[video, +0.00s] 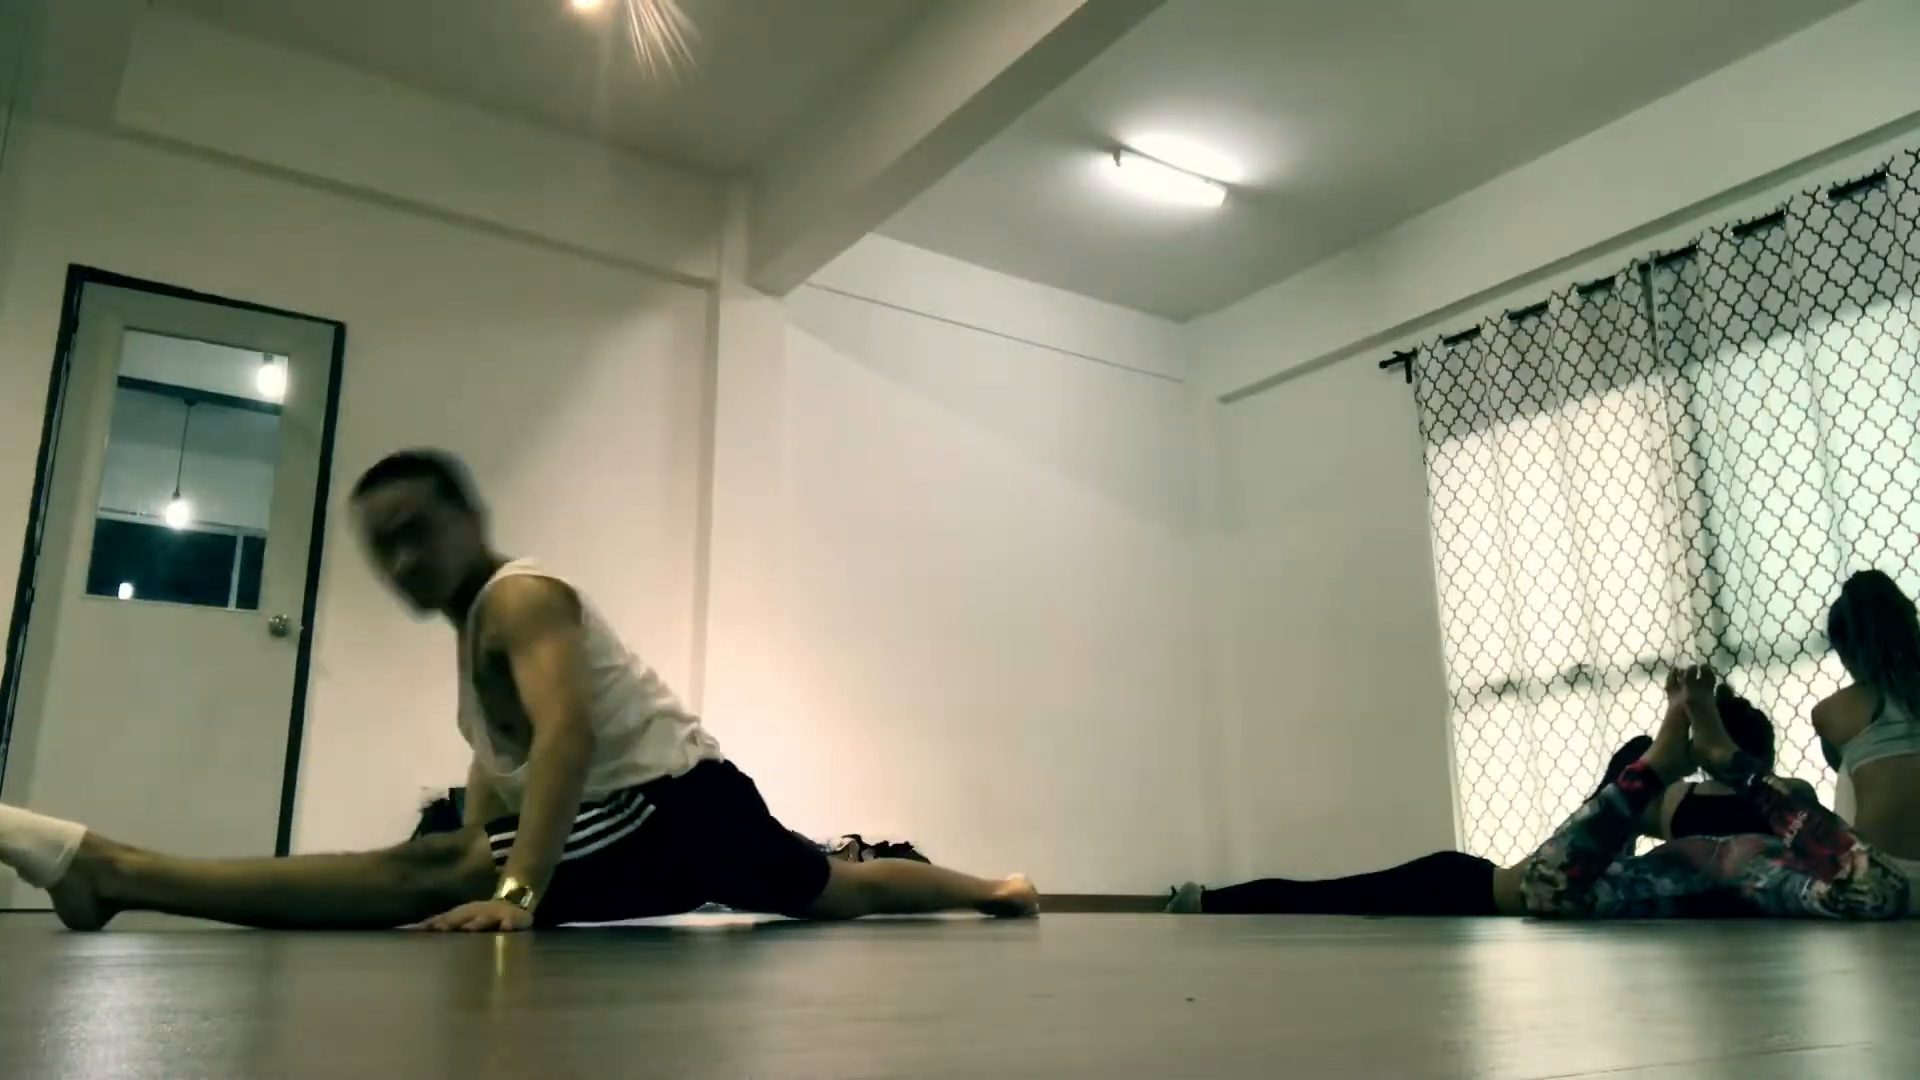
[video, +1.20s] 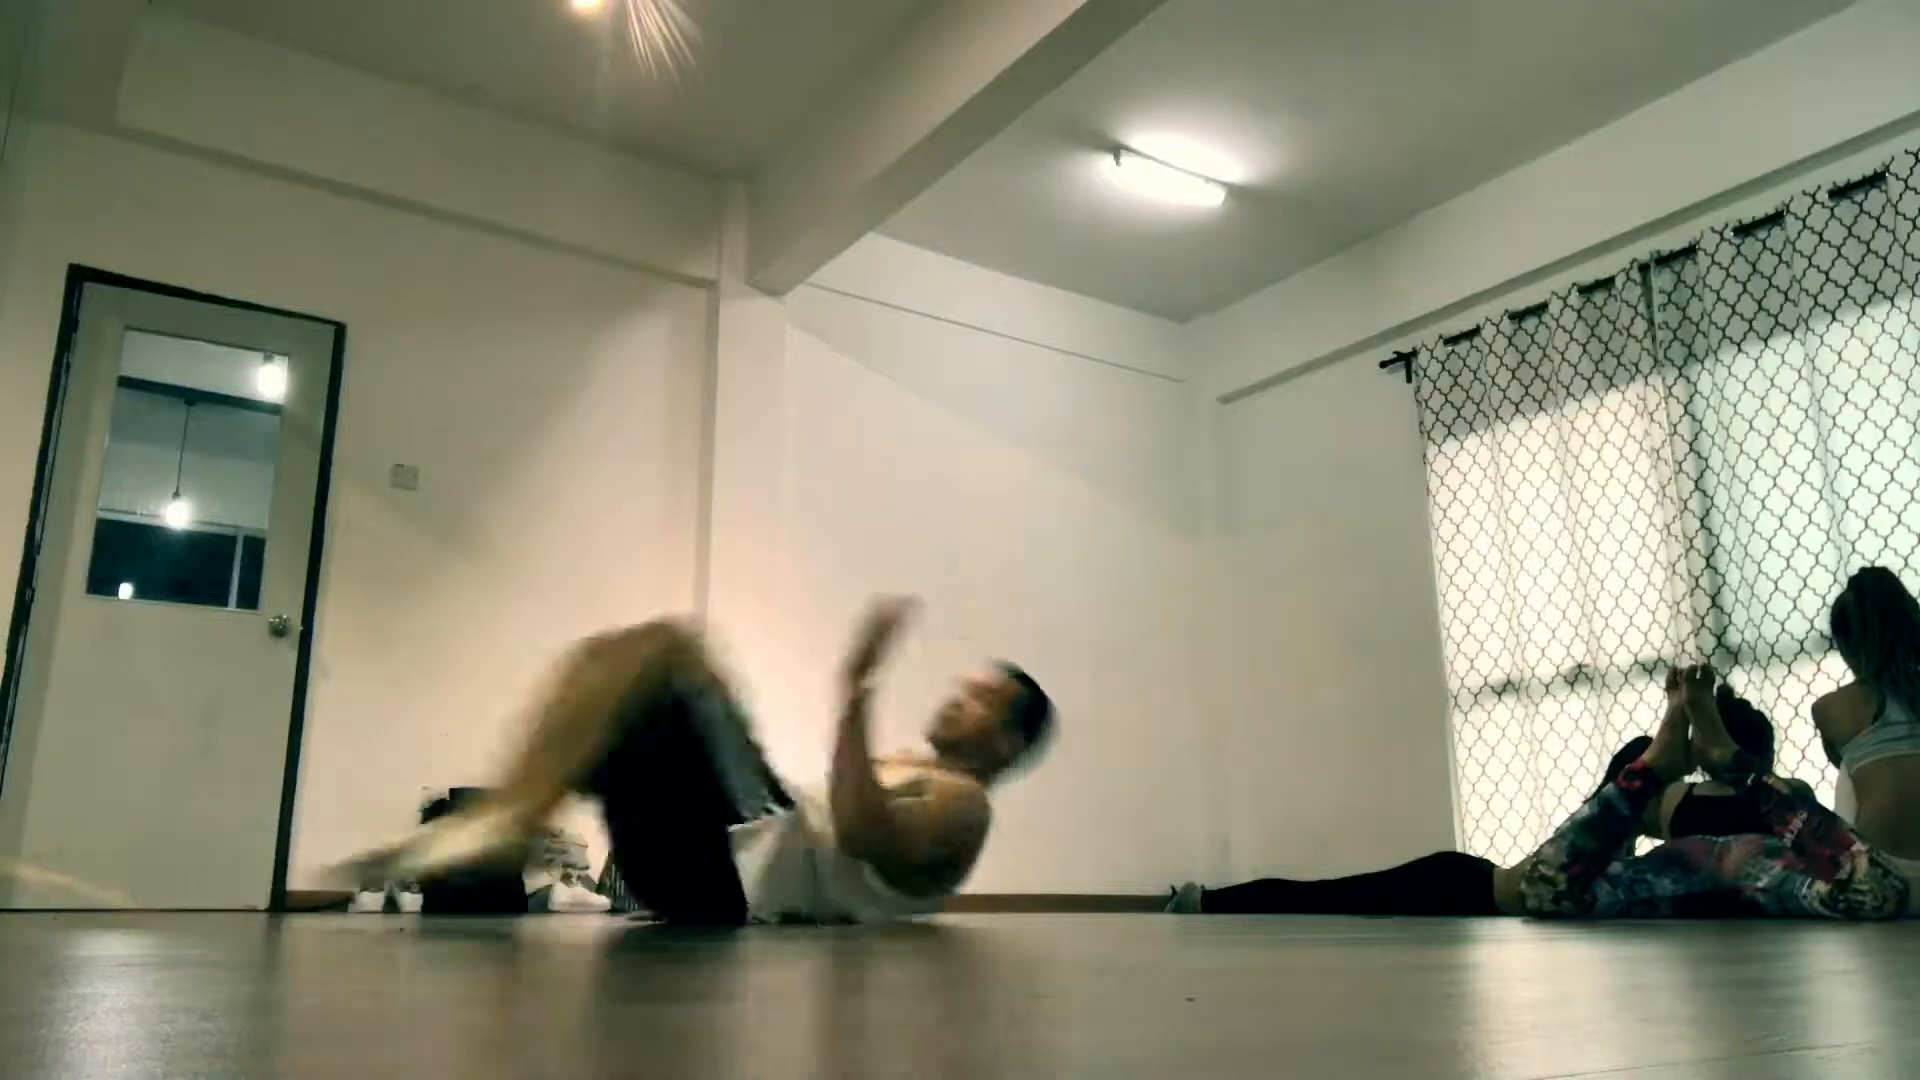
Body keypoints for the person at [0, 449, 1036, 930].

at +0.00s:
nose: (401, 561)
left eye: (414, 532)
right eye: (382, 549)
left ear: (471, 516)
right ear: (382, 565)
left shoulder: (520, 600)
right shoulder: (479, 646)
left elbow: (565, 739)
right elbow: (492, 778)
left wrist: (520, 886)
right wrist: (460, 870)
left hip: (675, 817)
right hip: (677, 820)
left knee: (413, 873)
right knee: (830, 886)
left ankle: (123, 877)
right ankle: (970, 889)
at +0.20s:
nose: (503, 487)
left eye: (528, 468)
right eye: (490, 472)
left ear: (582, 486)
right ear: (483, 494)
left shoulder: (602, 589)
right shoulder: (517, 612)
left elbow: (596, 748)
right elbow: (498, 750)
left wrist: (520, 890)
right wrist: (470, 852)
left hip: (653, 847)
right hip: (686, 834)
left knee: (409, 868)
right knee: (796, 876)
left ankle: (117, 876)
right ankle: (918, 886)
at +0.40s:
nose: (601, 478)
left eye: (623, 462)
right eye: (601, 463)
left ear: (683, 478)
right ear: (624, 481)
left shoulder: (680, 568)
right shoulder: (655, 580)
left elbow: (616, 718)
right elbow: (607, 732)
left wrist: (512, 875)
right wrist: (508, 832)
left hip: (707, 859)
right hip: (676, 846)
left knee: (438, 867)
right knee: (442, 854)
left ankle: (135, 881)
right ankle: (136, 883)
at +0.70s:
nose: (727, 525)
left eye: (745, 506)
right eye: (725, 507)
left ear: (803, 516)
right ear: (750, 520)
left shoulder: (814, 612)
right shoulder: (764, 627)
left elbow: (768, 732)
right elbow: (731, 762)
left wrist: (622, 805)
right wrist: (612, 822)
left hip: (719, 859)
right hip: (686, 844)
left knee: (455, 861)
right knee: (452, 839)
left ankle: (154, 876)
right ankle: (173, 886)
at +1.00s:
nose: (830, 599)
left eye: (850, 588)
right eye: (832, 584)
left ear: (896, 607)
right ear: (843, 594)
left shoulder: (905, 696)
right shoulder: (820, 689)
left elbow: (880, 816)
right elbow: (777, 783)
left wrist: (763, 792)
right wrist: (692, 796)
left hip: (731, 850)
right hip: (693, 822)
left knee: (495, 840)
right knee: (454, 836)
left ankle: (189, 873)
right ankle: (178, 884)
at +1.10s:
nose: (891, 651)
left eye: (914, 645)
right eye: (895, 639)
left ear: (955, 672)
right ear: (899, 657)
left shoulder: (940, 758)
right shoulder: (857, 736)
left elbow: (873, 851)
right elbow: (811, 829)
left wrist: (783, 748)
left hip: (741, 870)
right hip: (714, 857)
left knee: (532, 725)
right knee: (514, 750)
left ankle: (271, 873)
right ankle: (271, 877)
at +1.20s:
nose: (958, 697)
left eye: (982, 697)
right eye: (967, 686)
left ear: (1006, 740)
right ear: (957, 707)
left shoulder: (961, 808)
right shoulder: (915, 787)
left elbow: (862, 832)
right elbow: (824, 842)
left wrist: (860, 686)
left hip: (730, 880)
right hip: (705, 866)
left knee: (661, 651)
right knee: (609, 658)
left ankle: (503, 825)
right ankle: (497, 828)